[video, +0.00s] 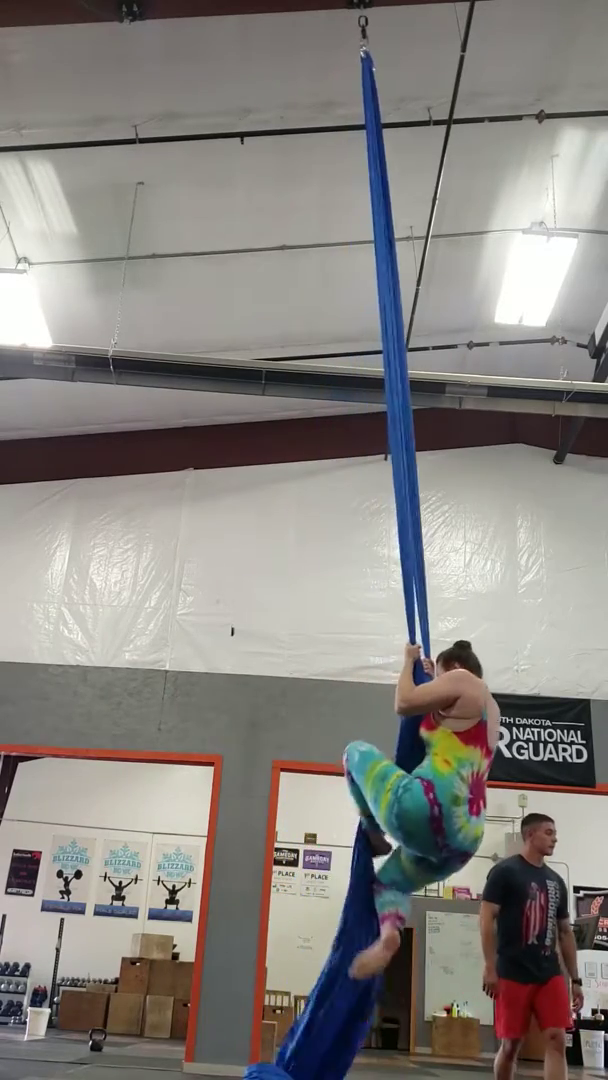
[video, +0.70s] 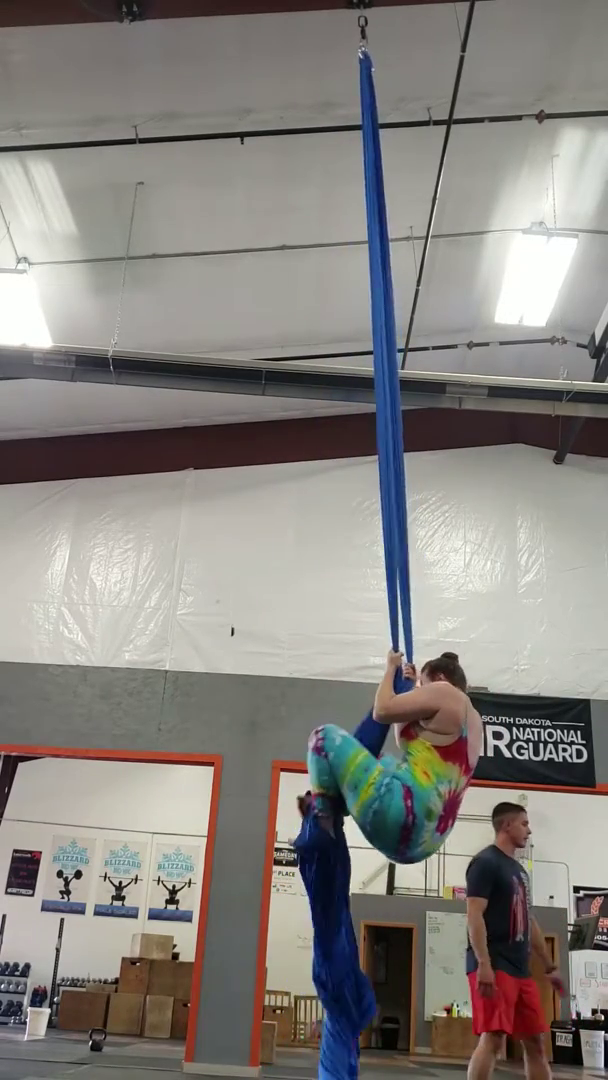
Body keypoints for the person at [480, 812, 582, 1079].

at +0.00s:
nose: (554, 838)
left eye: (554, 833)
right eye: (548, 832)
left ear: (551, 838)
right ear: (529, 835)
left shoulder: (556, 881)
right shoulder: (503, 871)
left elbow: (565, 932)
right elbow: (486, 919)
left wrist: (575, 979)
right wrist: (489, 968)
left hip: (550, 974)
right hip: (512, 973)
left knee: (557, 1040)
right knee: (509, 1046)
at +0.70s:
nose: (529, 830)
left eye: (528, 824)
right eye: (524, 824)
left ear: (511, 827)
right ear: (506, 825)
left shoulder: (518, 868)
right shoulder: (484, 862)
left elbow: (527, 921)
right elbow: (474, 915)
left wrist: (549, 966)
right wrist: (483, 964)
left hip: (521, 971)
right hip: (493, 969)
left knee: (535, 1043)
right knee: (491, 1041)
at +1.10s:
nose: (497, 825)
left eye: (496, 819)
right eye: (493, 819)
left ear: (475, 821)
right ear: (476, 820)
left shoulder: (467, 854)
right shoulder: (466, 857)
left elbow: (471, 912)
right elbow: (468, 912)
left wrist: (486, 961)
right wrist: (483, 961)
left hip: (471, 961)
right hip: (468, 961)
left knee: (478, 1038)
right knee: (474, 1039)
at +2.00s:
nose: (422, 829)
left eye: (421, 823)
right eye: (418, 823)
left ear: (397, 825)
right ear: (402, 824)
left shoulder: (380, 861)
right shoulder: (404, 858)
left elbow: (378, 916)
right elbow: (410, 908)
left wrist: (374, 964)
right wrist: (428, 955)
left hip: (380, 961)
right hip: (406, 960)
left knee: (385, 1032)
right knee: (424, 1032)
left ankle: (379, 1077)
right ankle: (432, 1077)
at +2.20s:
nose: (420, 829)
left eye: (419, 824)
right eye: (416, 823)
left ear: (395, 825)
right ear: (400, 824)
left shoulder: (374, 862)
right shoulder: (404, 858)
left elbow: (372, 915)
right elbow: (415, 908)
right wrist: (431, 956)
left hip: (375, 960)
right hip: (404, 959)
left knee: (381, 1031)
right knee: (422, 1030)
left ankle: (377, 1077)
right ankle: (428, 1076)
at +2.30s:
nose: (421, 830)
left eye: (420, 824)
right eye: (417, 824)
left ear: (395, 826)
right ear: (401, 824)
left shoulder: (373, 863)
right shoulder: (406, 859)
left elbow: (371, 916)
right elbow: (419, 908)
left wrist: (372, 961)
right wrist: (435, 957)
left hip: (375, 961)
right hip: (405, 959)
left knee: (380, 1031)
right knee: (424, 1029)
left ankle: (377, 1077)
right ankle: (433, 1076)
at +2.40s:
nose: (422, 830)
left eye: (422, 825)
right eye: (419, 825)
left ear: (397, 826)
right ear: (403, 825)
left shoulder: (374, 863)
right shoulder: (409, 859)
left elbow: (374, 915)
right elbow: (423, 909)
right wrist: (441, 956)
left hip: (375, 960)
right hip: (407, 958)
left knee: (380, 1032)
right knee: (427, 1030)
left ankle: (376, 1077)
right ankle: (439, 1076)